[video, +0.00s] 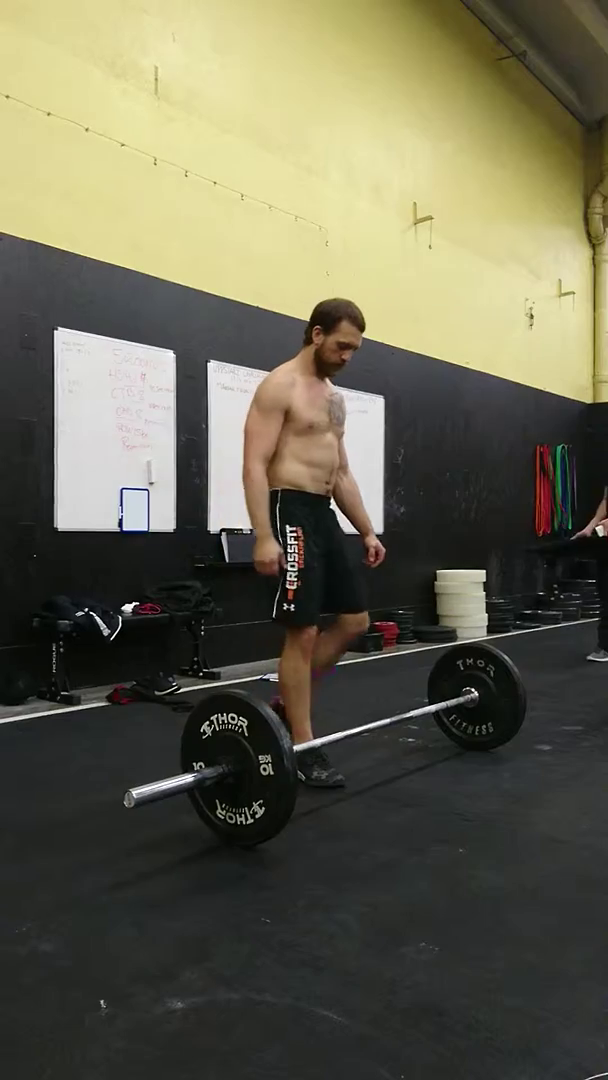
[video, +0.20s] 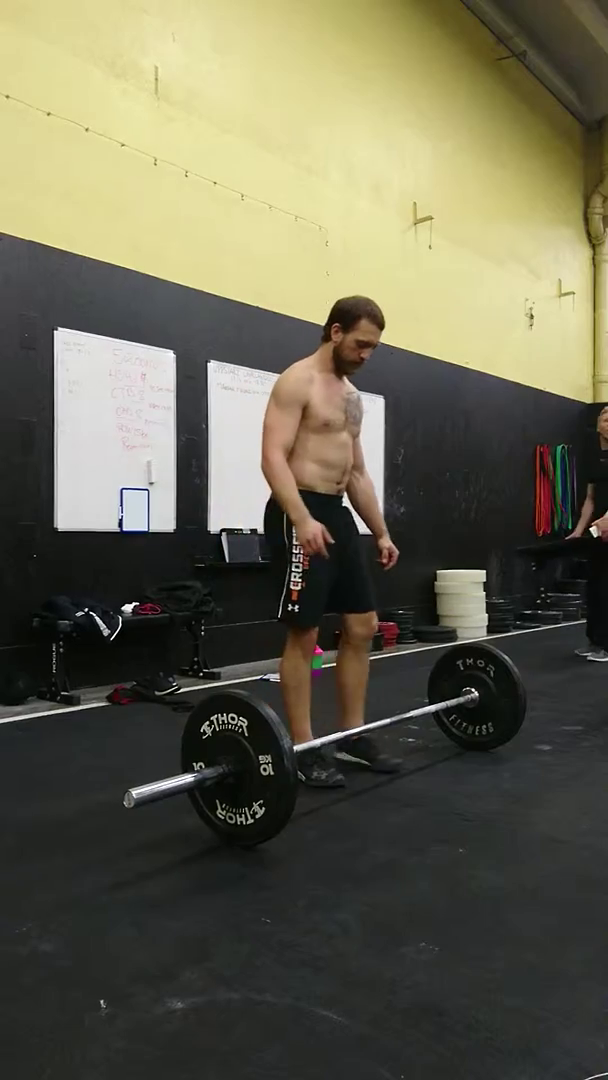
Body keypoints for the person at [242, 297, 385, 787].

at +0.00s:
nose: (347, 356)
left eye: (353, 349)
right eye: (342, 346)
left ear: (353, 346)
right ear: (315, 335)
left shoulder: (333, 397)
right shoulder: (279, 384)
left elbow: (339, 473)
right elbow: (254, 463)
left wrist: (366, 531)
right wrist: (263, 535)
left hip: (324, 515)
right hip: (289, 512)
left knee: (352, 621)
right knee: (302, 635)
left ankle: (284, 696)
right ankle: (304, 748)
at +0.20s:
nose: (365, 355)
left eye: (372, 347)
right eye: (360, 344)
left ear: (372, 344)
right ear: (334, 333)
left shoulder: (351, 396)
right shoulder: (296, 381)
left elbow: (355, 472)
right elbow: (272, 456)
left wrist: (380, 531)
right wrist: (301, 519)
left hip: (339, 515)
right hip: (298, 515)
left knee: (362, 627)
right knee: (304, 636)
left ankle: (352, 737)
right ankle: (303, 749)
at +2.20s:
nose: (399, 344)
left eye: (405, 336)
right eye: (394, 333)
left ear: (402, 334)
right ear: (365, 322)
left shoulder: (389, 385)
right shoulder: (327, 374)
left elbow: (391, 464)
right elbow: (293, 453)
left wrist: (412, 524)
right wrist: (305, 528)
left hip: (373, 514)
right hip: (336, 512)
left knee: (369, 638)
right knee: (331, 639)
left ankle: (371, 748)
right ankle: (319, 763)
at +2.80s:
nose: (441, 386)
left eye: (448, 378)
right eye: (438, 375)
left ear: (440, 369)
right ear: (411, 357)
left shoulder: (418, 419)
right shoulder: (356, 401)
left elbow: (411, 495)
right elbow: (326, 487)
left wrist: (417, 570)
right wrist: (332, 571)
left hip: (355, 516)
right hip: (312, 512)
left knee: (372, 636)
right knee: (328, 638)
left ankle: (371, 746)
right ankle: (319, 761)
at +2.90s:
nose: (453, 425)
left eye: (459, 418)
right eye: (451, 414)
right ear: (425, 395)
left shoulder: (425, 450)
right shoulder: (365, 433)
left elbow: (413, 525)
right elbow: (338, 523)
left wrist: (413, 601)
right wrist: (337, 607)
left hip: (351, 526)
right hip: (305, 520)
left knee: (373, 635)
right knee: (328, 638)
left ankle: (371, 744)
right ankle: (320, 761)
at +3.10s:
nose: (459, 501)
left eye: (467, 495)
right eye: (459, 491)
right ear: (437, 468)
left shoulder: (433, 513)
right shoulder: (375, 498)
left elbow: (419, 586)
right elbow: (346, 593)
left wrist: (413, 659)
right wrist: (336, 678)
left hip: (352, 545)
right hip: (298, 536)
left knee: (382, 636)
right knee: (328, 643)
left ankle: (373, 746)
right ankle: (320, 761)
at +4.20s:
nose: (463, 435)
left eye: (469, 426)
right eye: (457, 422)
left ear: (471, 424)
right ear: (427, 410)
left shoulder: (442, 476)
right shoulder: (378, 462)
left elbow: (427, 554)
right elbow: (352, 559)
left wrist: (418, 628)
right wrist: (337, 639)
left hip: (356, 538)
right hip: (308, 529)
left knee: (385, 636)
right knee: (330, 646)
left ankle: (373, 747)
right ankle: (319, 763)